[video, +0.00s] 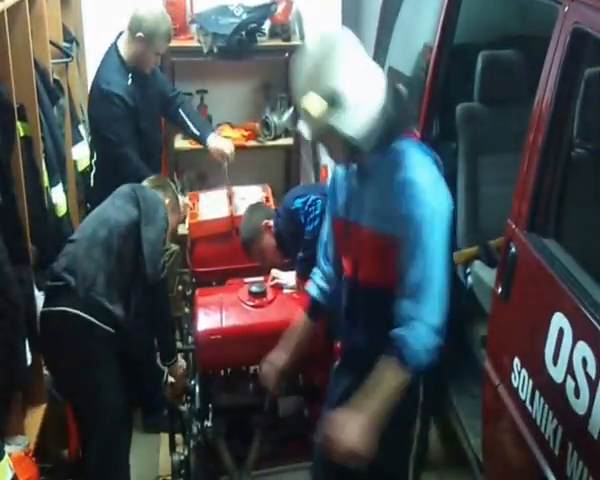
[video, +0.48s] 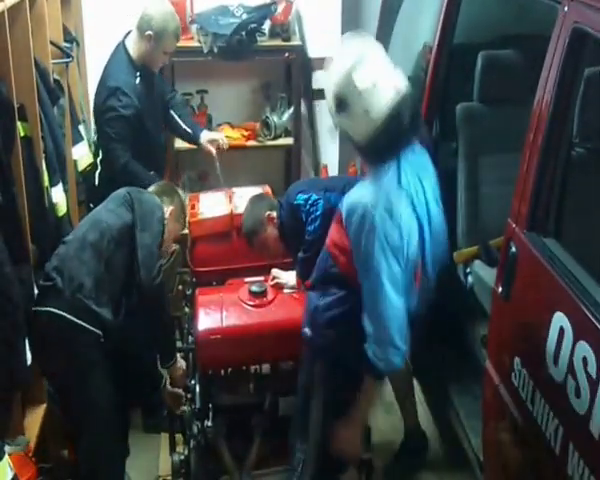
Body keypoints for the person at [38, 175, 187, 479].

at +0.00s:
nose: (172, 231)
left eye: (176, 225)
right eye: (175, 222)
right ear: (171, 204)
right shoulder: (151, 198)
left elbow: (132, 315)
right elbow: (153, 277)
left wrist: (158, 373)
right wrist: (172, 356)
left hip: (55, 320)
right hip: (86, 325)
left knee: (96, 428)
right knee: (112, 426)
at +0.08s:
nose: (171, 234)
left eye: (175, 227)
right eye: (175, 223)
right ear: (169, 204)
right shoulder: (152, 199)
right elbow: (153, 277)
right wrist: (172, 356)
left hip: (53, 318)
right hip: (85, 323)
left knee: (94, 422)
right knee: (112, 421)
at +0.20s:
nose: (170, 242)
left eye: (175, 234)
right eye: (175, 230)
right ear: (170, 207)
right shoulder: (151, 199)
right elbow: (153, 276)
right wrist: (172, 357)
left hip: (51, 318)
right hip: (83, 323)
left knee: (92, 429)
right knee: (111, 429)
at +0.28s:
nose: (171, 242)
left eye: (177, 236)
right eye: (177, 231)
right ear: (171, 208)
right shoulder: (151, 200)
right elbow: (153, 277)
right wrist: (172, 357)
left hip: (51, 318)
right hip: (80, 323)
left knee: (92, 430)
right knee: (109, 430)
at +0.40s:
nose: (171, 248)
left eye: (176, 242)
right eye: (176, 236)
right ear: (169, 211)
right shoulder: (147, 201)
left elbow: (130, 327)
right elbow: (150, 281)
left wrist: (160, 391)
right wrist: (171, 359)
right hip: (75, 323)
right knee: (106, 432)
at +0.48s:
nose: (171, 248)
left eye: (176, 241)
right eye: (176, 236)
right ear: (168, 211)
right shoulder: (146, 201)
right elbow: (149, 281)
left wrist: (160, 389)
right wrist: (171, 359)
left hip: (48, 319)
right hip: (74, 324)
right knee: (106, 432)